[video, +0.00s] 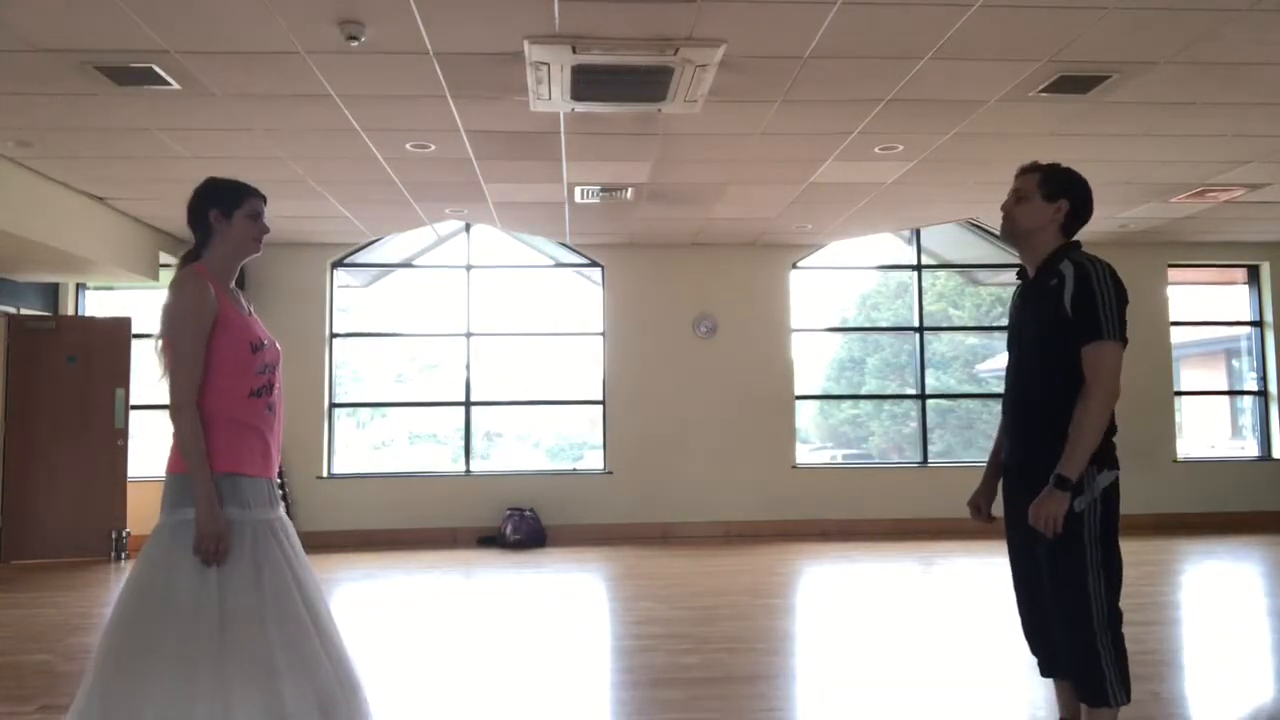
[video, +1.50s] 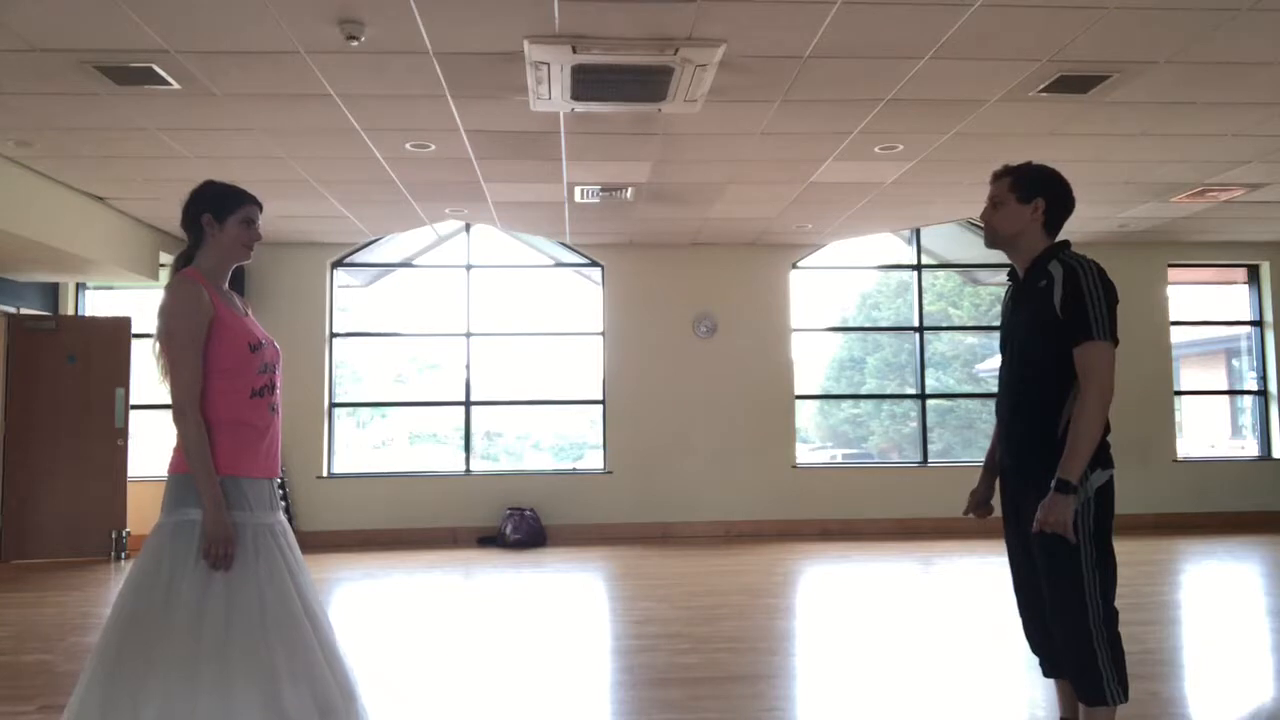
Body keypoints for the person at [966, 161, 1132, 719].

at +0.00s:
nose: (1004, 206)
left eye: (1018, 199)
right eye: (1008, 198)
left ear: (1057, 210)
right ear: (1044, 212)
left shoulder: (1087, 274)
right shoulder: (1027, 290)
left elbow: (1102, 391)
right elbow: (1022, 396)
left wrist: (1062, 484)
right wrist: (991, 478)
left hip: (1075, 484)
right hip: (1028, 482)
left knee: (1087, 634)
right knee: (1052, 631)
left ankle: (1100, 715)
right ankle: (1070, 713)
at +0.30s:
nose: (1000, 205)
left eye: (1016, 197)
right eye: (1005, 196)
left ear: (1056, 210)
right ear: (1038, 212)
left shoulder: (1086, 275)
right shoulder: (1024, 291)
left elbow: (1112, 389)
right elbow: (1022, 396)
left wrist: (1088, 489)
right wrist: (996, 478)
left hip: (1074, 483)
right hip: (1029, 481)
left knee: (1088, 625)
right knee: (1050, 620)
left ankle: (1100, 715)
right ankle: (1069, 713)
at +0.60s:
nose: (994, 207)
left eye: (1010, 199)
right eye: (999, 197)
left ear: (1050, 211)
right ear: (1029, 213)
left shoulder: (1082, 274)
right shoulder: (1021, 290)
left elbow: (1107, 386)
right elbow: (1019, 394)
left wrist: (1076, 488)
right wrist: (991, 476)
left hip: (1073, 482)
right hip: (1028, 480)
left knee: (1087, 628)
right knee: (1052, 625)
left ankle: (1100, 715)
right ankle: (1070, 713)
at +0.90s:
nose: (991, 210)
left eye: (1006, 200)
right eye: (994, 200)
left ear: (1047, 211)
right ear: (1028, 214)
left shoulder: (1079, 273)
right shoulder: (1020, 290)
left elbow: (1097, 387)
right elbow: (1016, 394)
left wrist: (1054, 483)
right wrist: (987, 477)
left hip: (1073, 481)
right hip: (1026, 479)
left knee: (1086, 630)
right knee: (1051, 628)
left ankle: (1099, 715)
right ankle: (1070, 713)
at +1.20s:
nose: (987, 211)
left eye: (1001, 201)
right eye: (991, 201)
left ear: (1041, 210)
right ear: (1027, 214)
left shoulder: (1077, 274)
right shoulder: (1020, 290)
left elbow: (1094, 388)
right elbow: (1015, 395)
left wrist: (1061, 486)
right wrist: (985, 478)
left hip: (1071, 484)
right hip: (1025, 483)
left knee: (1085, 632)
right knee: (1052, 632)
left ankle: (1100, 714)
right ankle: (1072, 712)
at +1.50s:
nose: (984, 212)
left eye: (996, 202)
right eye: (987, 202)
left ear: (1035, 210)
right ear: (1024, 214)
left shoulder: (1076, 274)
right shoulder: (1019, 291)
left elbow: (1097, 389)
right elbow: (1017, 396)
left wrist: (1065, 487)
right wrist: (988, 477)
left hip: (1068, 483)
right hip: (1025, 481)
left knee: (1084, 632)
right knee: (1052, 628)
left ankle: (1098, 715)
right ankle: (1069, 713)